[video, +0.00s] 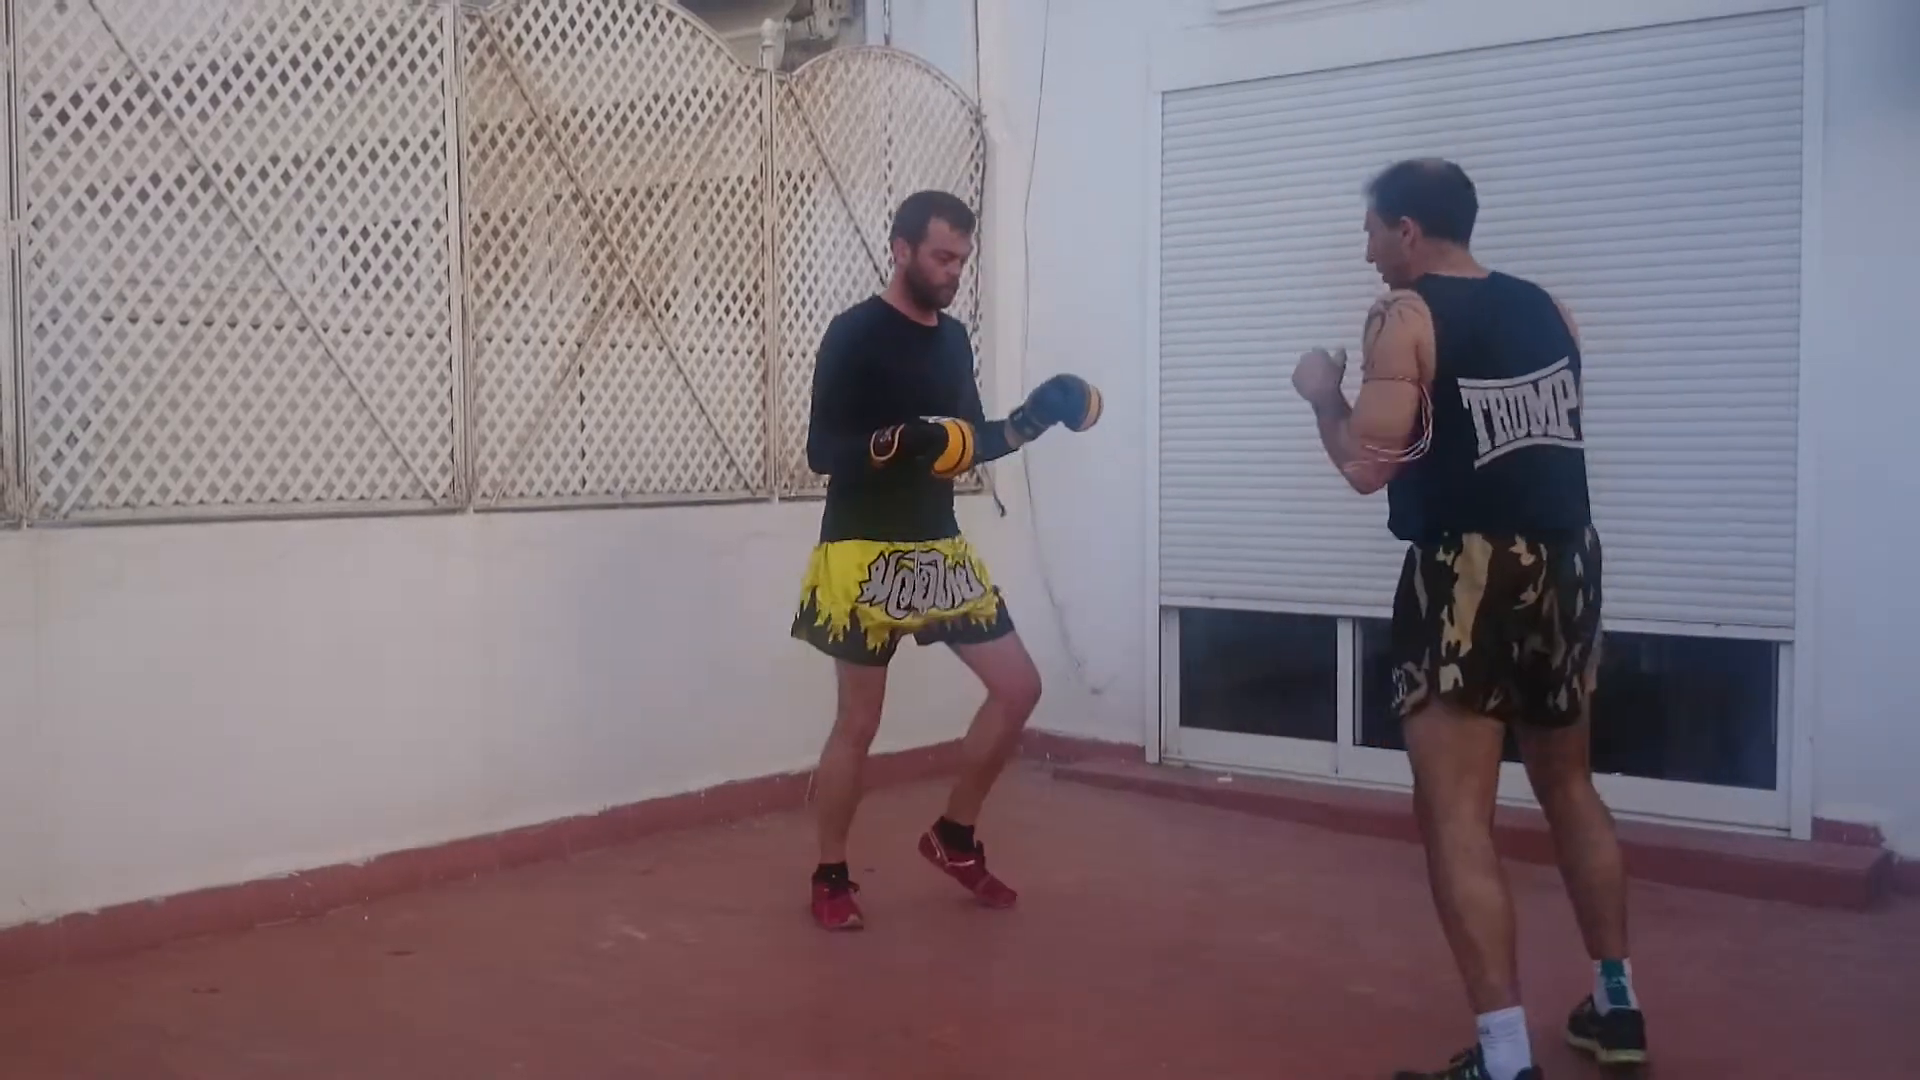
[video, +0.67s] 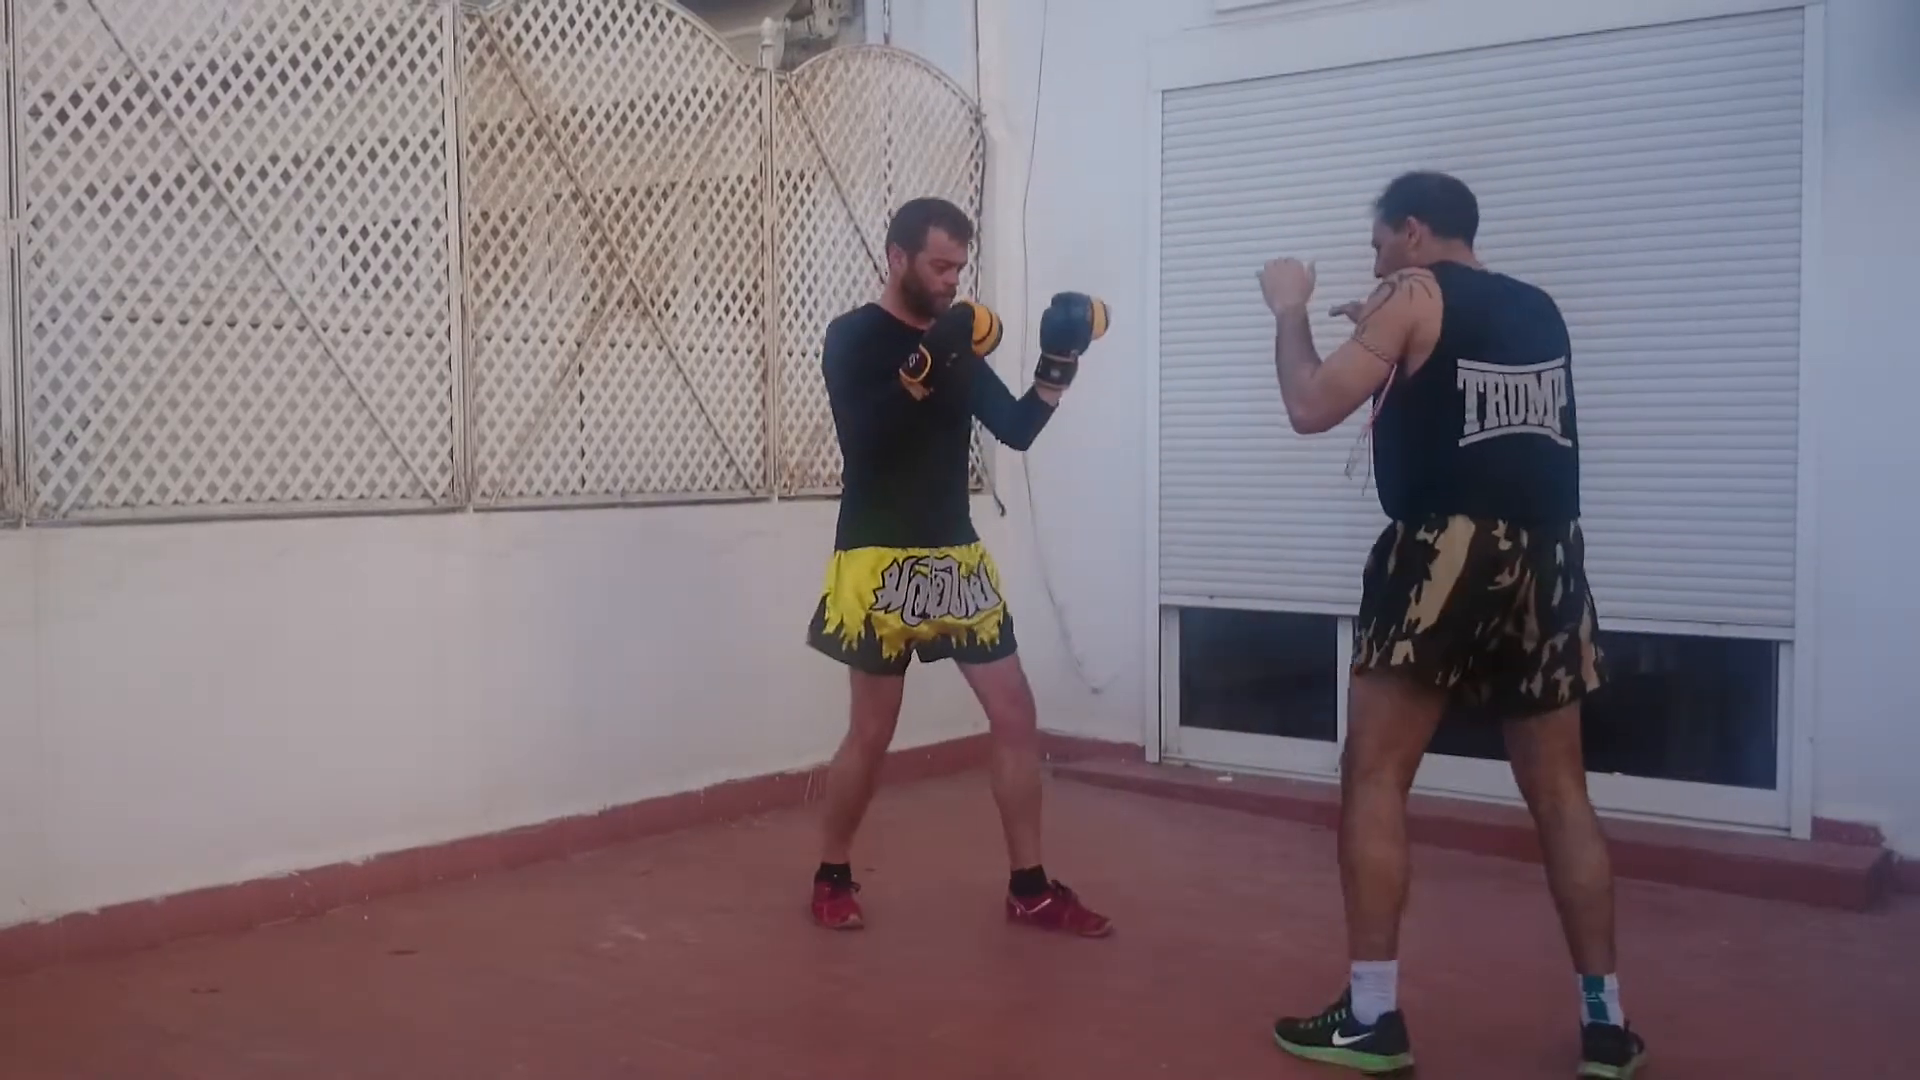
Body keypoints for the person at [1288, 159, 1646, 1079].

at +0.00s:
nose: (1369, 246)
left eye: (1372, 229)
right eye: (1368, 230)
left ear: (1408, 231)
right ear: (1460, 231)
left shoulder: (1408, 317)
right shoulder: (1543, 307)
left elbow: (1368, 463)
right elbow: (1536, 419)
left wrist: (1320, 392)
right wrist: (1422, 380)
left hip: (1461, 578)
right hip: (1565, 573)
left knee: (1459, 822)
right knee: (1569, 783)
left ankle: (1504, 1054)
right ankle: (1617, 1001)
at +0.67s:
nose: (1379, 264)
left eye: (1380, 249)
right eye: (1377, 252)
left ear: (1412, 233)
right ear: (1465, 232)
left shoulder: (1415, 299)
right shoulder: (1537, 308)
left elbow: (1311, 407)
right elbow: (1474, 389)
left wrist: (1288, 314)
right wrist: (1390, 332)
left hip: (1442, 561)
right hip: (1550, 569)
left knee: (1376, 778)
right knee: (1561, 790)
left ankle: (1369, 1014)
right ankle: (1606, 1021)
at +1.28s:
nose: (1160, 459)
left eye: (1160, 447)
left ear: (1166, 447)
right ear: (1223, 420)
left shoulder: (1156, 488)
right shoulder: (1286, 423)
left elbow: (1090, 598)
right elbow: (1363, 508)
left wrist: (1113, 603)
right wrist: (1295, 464)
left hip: (1231, 601)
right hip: (1344, 585)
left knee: (1159, 758)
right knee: (1465, 791)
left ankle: (1088, 933)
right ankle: (1569, 999)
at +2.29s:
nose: (1352, 314)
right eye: (1349, 305)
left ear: (1272, 302)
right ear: (1342, 298)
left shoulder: (1221, 358)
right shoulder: (1344, 338)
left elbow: (1234, 462)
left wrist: (1344, 483)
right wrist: (1393, 365)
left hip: (1208, 555)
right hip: (1314, 557)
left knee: (1145, 741)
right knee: (1377, 755)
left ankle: (1052, 906)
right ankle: (1403, 955)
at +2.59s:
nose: (1282, 280)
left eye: (1283, 267)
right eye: (1283, 270)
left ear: (1307, 255)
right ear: (1362, 260)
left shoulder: (1283, 310)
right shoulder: (1428, 341)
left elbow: (1212, 423)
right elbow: (1415, 441)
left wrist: (1248, 468)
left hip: (1291, 536)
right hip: (1396, 546)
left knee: (1198, 732)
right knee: (1415, 747)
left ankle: (1149, 948)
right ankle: (1467, 951)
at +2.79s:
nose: (1229, 300)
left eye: (1228, 287)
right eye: (1228, 288)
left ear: (1245, 279)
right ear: (1303, 274)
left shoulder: (1254, 346)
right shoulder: (1368, 350)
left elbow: (1221, 473)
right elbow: (1399, 463)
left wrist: (1180, 467)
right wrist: (1297, 452)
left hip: (1291, 584)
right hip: (1383, 584)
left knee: (1196, 787)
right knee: (1394, 771)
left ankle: (1202, 1017)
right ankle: (1470, 958)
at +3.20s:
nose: (1091, 249)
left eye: (1088, 236)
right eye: (1105, 233)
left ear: (1092, 235)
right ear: (1169, 227)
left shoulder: (1093, 315)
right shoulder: (1222, 301)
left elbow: (1041, 457)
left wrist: (1041, 367)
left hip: (1164, 548)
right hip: (1257, 539)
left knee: (1172, 785)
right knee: (1222, 765)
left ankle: (1205, 1032)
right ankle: (1216, 967)